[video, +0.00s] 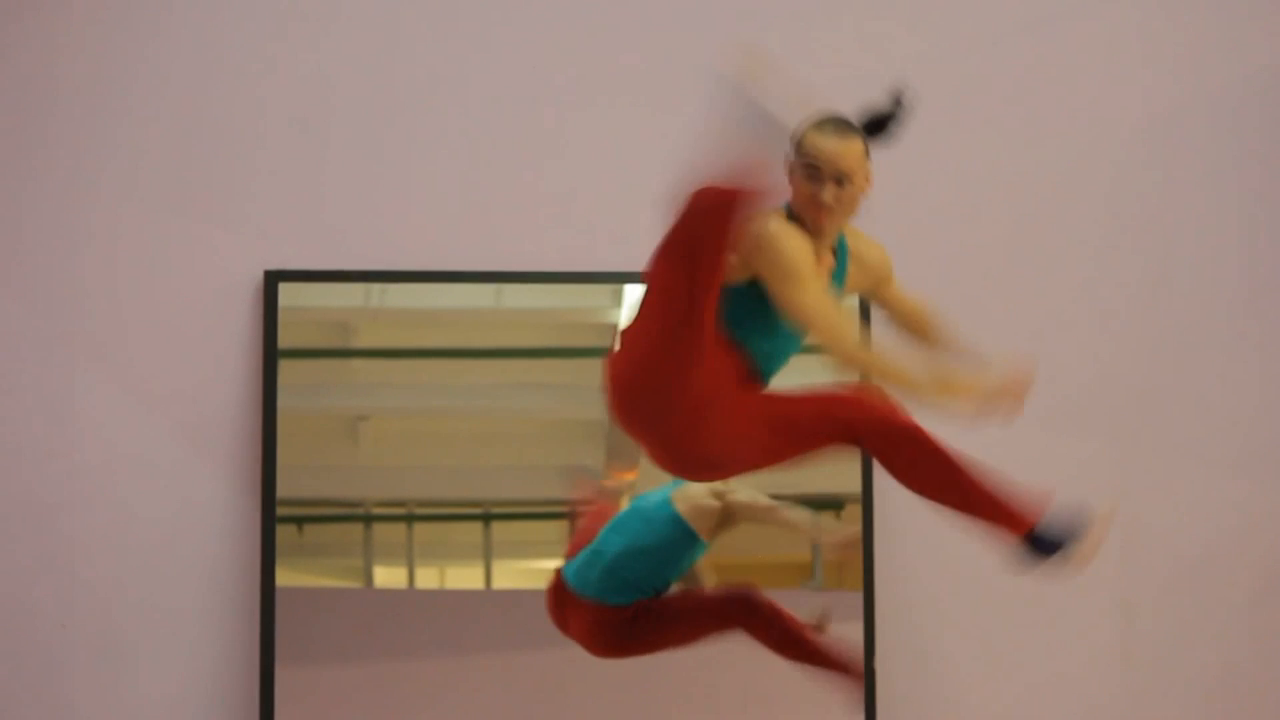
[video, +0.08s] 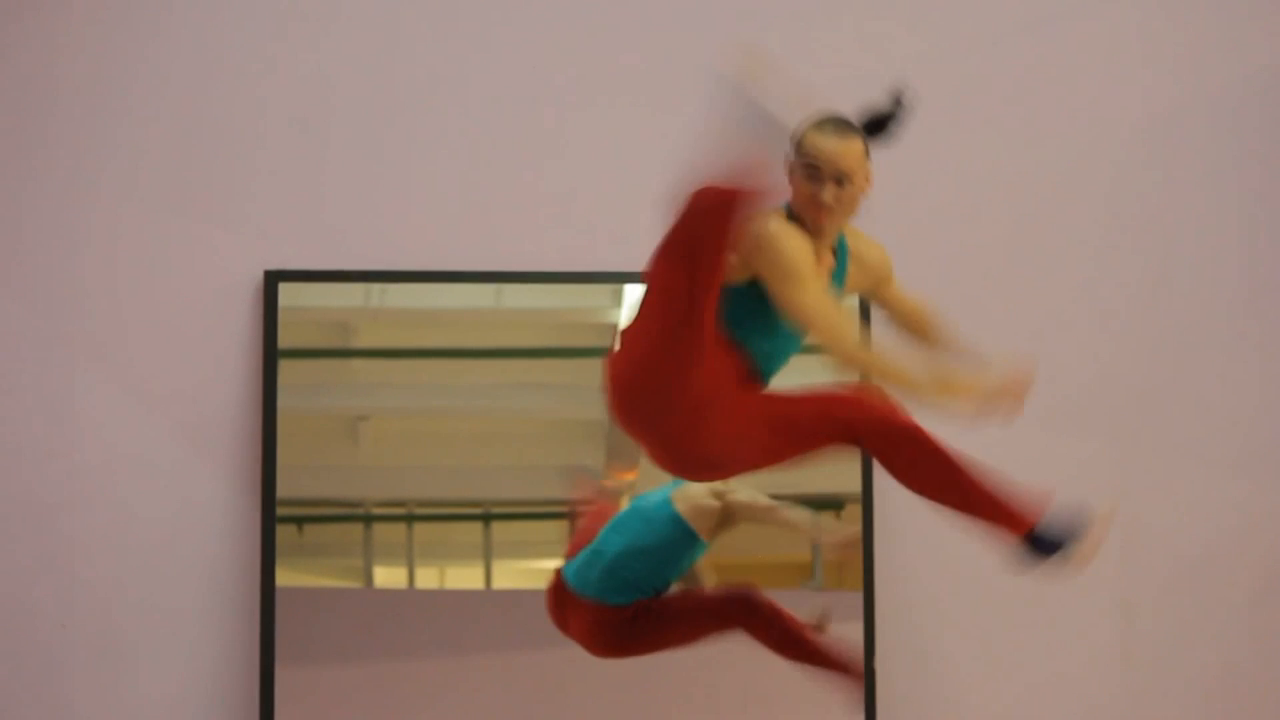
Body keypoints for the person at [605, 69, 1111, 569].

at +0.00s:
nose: (823, 194)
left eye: (840, 182)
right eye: (812, 176)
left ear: (865, 187)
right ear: (790, 176)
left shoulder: (862, 260)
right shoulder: (771, 236)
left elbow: (912, 320)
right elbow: (843, 347)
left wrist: (976, 370)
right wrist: (951, 389)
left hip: (722, 433)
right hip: (659, 388)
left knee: (867, 411)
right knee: (707, 215)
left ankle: (1029, 530)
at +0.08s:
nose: (823, 194)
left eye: (840, 182)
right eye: (812, 176)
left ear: (865, 187)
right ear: (790, 176)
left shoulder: (862, 260)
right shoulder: (771, 236)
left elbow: (913, 320)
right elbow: (843, 347)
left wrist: (977, 370)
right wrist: (951, 390)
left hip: (722, 433)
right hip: (660, 387)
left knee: (867, 411)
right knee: (707, 215)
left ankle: (1029, 530)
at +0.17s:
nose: (832, 209)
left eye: (850, 196)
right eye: (819, 193)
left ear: (873, 201)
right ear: (799, 190)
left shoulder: (870, 279)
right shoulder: (767, 248)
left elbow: (875, 370)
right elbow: (817, 375)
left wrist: (877, 447)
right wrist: (930, 437)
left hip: (708, 434)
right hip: (651, 383)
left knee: (853, 467)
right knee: (632, 256)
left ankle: (1032, 500)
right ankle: (602, 101)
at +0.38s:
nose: (832, 209)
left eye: (850, 196)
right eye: (819, 192)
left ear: (873, 200)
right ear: (799, 190)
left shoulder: (870, 279)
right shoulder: (767, 248)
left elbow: (876, 368)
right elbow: (816, 374)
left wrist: (878, 445)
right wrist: (930, 436)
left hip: (708, 433)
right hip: (651, 383)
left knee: (851, 466)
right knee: (632, 258)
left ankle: (1035, 500)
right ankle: (603, 96)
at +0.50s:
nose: (842, 226)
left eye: (861, 215)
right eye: (832, 208)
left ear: (885, 222)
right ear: (811, 201)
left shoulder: (873, 293)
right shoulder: (774, 265)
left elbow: (810, 372)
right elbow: (786, 398)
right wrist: (884, 463)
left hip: (717, 439)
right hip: (652, 382)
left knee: (829, 479)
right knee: (580, 291)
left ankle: (1004, 552)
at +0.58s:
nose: (851, 242)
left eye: (870, 231)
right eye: (840, 223)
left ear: (893, 236)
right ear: (819, 215)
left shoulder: (875, 303)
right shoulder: (780, 272)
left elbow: (785, 389)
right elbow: (754, 407)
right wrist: (848, 476)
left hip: (706, 454)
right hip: (644, 403)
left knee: (845, 508)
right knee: (549, 304)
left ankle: (959, 657)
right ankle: (412, 273)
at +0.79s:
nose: (855, 245)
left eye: (872, 232)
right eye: (843, 226)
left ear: (895, 235)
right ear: (820, 219)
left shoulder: (874, 304)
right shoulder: (779, 274)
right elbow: (753, 405)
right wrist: (846, 477)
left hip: (705, 457)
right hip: (644, 408)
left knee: (848, 512)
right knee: (548, 300)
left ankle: (957, 659)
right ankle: (410, 278)